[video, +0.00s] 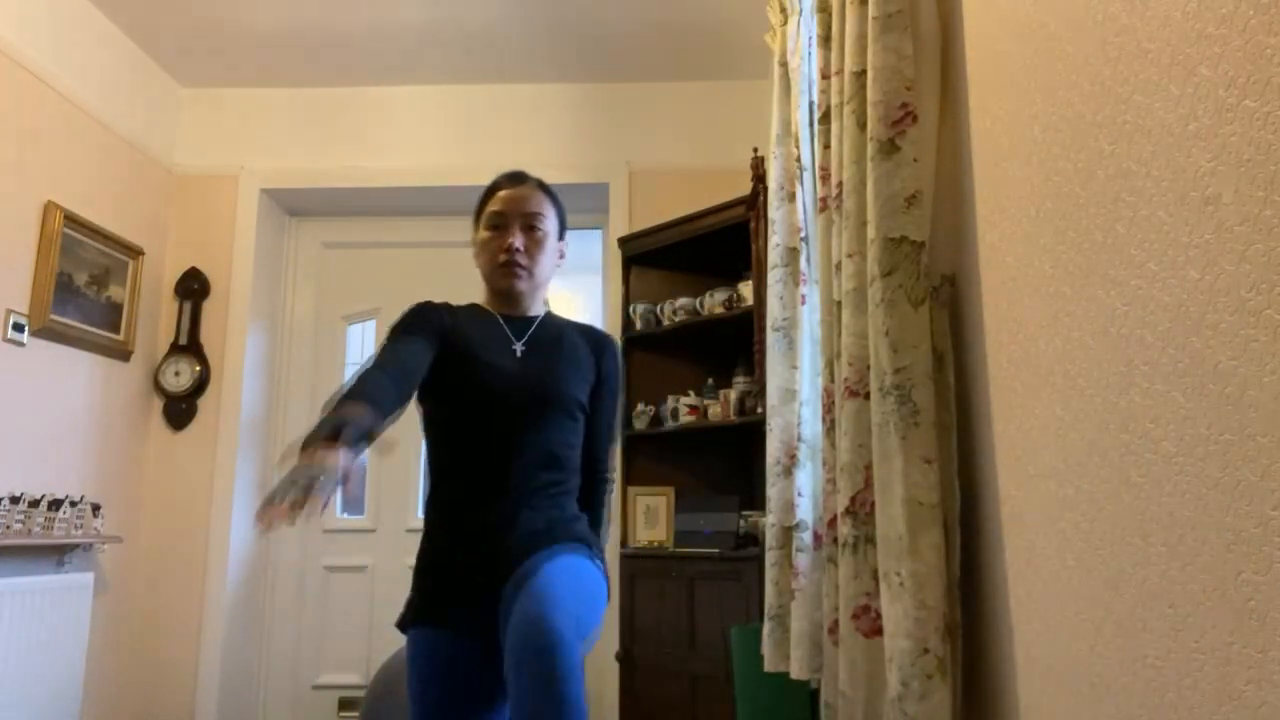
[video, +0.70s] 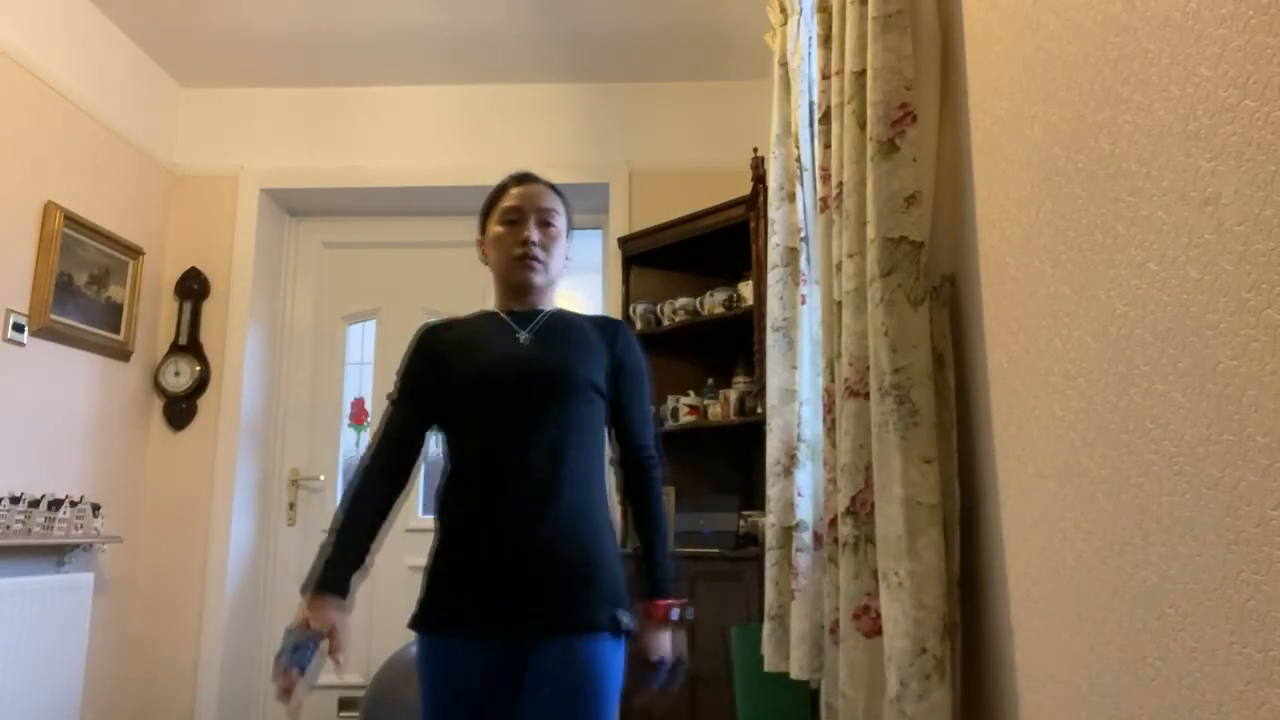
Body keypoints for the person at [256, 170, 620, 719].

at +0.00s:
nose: (513, 240)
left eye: (533, 228)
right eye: (498, 226)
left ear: (559, 253)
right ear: (475, 245)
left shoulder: (595, 350)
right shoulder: (437, 324)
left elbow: (594, 477)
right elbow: (386, 380)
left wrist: (586, 562)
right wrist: (334, 440)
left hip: (555, 552)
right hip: (455, 561)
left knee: (543, 633)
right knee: (440, 707)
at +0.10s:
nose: (511, 244)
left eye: (530, 232)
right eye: (494, 230)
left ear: (553, 258)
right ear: (469, 253)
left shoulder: (588, 354)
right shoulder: (439, 331)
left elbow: (586, 482)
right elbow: (403, 359)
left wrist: (555, 582)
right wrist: (407, 329)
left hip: (552, 577)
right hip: (448, 580)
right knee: (438, 709)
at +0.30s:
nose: (514, 239)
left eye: (531, 230)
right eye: (497, 226)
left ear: (550, 260)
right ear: (465, 244)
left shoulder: (585, 361)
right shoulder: (427, 341)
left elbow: (588, 493)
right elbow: (415, 330)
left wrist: (560, 629)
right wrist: (441, 275)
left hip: (552, 590)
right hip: (451, 595)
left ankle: (504, 439)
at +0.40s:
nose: (516, 235)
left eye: (533, 224)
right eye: (498, 220)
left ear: (551, 250)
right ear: (466, 245)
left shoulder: (586, 350)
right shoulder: (438, 328)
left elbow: (592, 477)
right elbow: (408, 345)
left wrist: (578, 579)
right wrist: (413, 338)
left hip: (548, 588)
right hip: (449, 580)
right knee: (440, 711)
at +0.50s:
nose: (517, 225)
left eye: (534, 215)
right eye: (499, 212)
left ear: (553, 244)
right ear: (470, 239)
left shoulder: (590, 340)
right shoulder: (430, 321)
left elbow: (602, 465)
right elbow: (394, 375)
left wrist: (594, 560)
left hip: (559, 555)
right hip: (453, 561)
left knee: (536, 657)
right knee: (441, 707)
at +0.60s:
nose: (521, 229)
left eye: (539, 219)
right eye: (503, 216)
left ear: (558, 247)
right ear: (474, 241)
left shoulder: (598, 338)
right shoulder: (430, 332)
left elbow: (621, 466)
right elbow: (381, 431)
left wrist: (625, 592)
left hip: (564, 587)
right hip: (455, 585)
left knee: (553, 710)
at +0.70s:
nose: (530, 232)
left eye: (547, 221)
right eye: (511, 219)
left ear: (568, 250)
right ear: (483, 246)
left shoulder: (608, 340)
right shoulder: (441, 344)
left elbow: (642, 472)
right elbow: (384, 472)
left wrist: (660, 599)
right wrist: (327, 590)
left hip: (579, 617)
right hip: (461, 615)